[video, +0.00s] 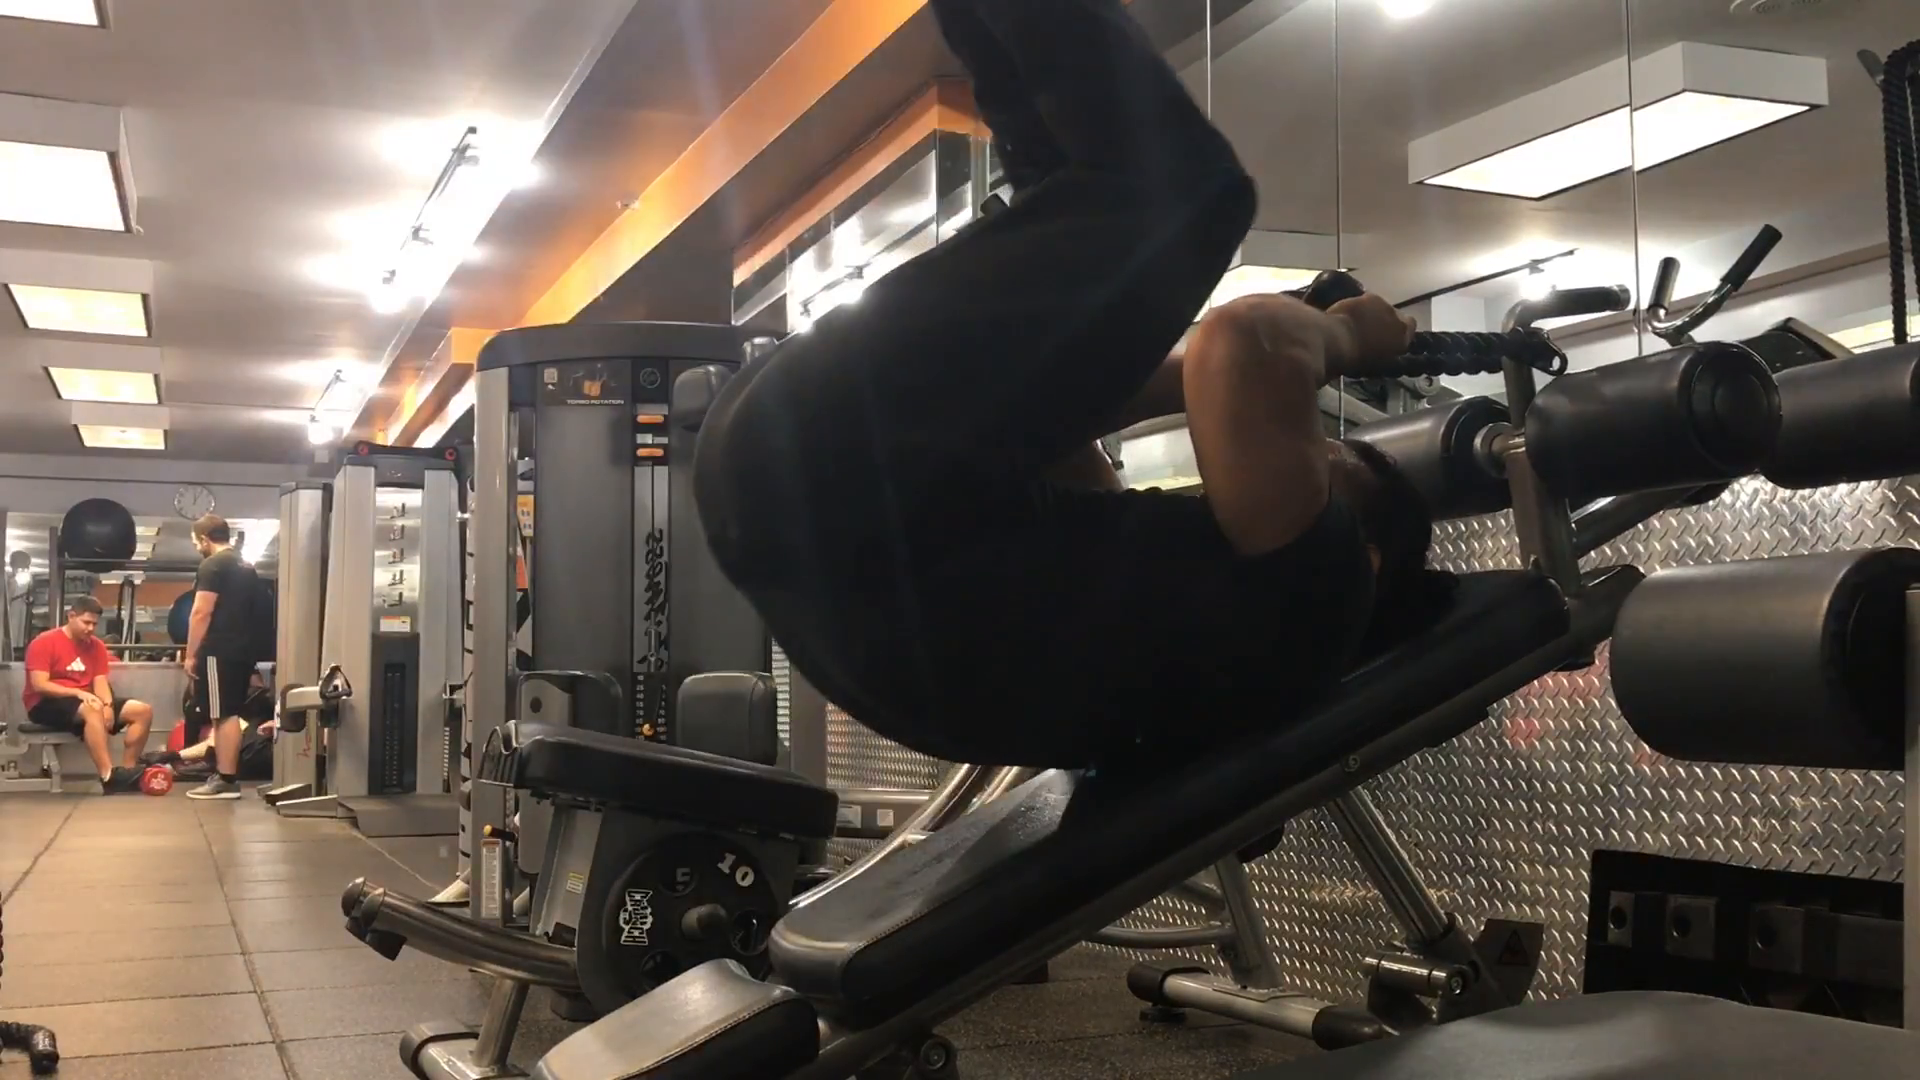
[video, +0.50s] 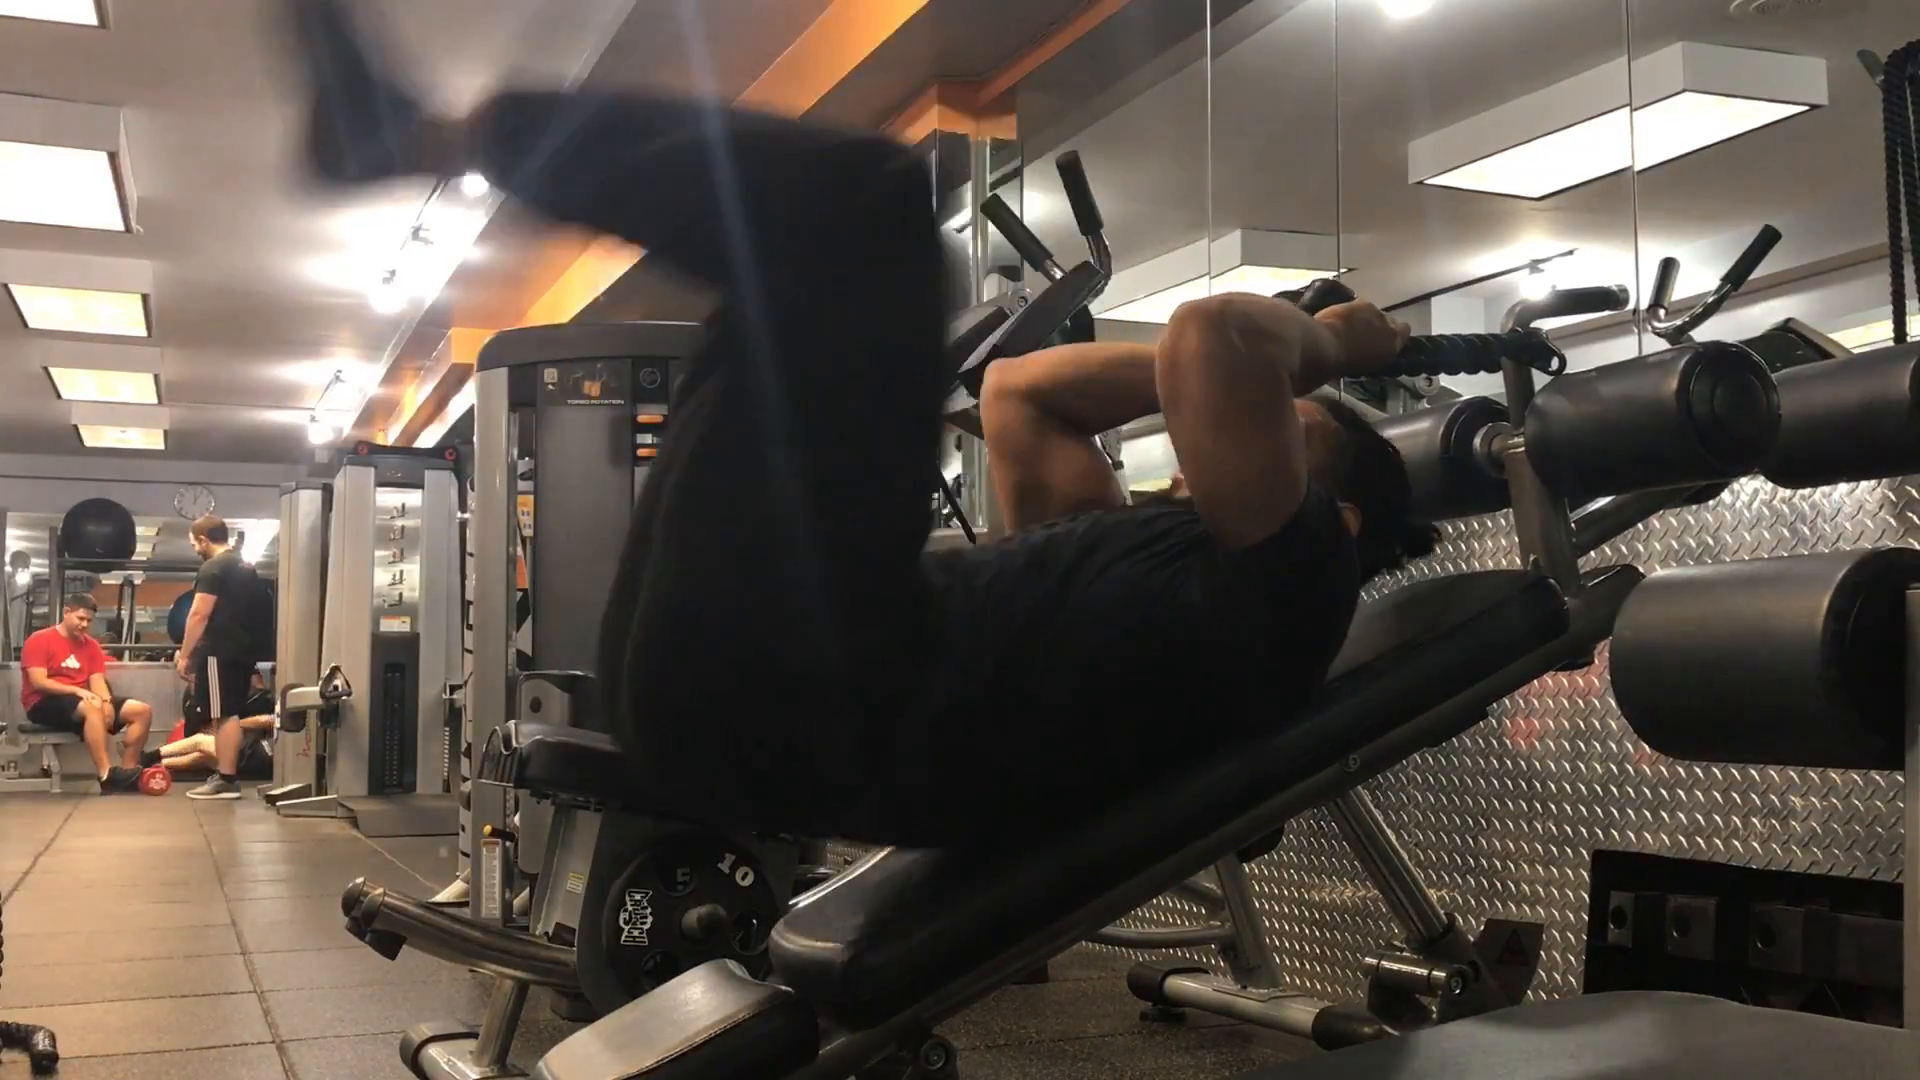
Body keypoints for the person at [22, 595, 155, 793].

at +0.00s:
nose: (90, 629)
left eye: (94, 624)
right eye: (86, 622)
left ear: (98, 623)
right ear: (71, 616)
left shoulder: (97, 646)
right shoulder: (44, 643)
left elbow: (100, 682)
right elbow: (39, 684)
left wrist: (107, 705)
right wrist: (79, 693)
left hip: (83, 702)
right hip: (46, 704)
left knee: (143, 711)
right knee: (92, 711)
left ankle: (129, 773)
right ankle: (108, 777)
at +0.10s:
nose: (90, 629)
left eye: (94, 624)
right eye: (86, 623)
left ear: (98, 623)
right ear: (71, 616)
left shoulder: (97, 646)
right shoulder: (44, 643)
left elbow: (100, 682)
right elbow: (40, 684)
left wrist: (107, 706)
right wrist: (79, 693)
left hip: (83, 702)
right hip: (46, 704)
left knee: (143, 711)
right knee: (93, 712)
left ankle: (129, 773)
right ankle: (108, 777)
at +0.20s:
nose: (90, 629)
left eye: (94, 624)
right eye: (86, 622)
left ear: (98, 623)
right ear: (71, 616)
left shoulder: (96, 646)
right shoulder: (44, 642)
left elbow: (101, 682)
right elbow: (40, 684)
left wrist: (108, 706)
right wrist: (80, 693)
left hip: (82, 702)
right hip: (46, 704)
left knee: (143, 711)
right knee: (93, 712)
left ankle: (130, 773)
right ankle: (108, 777)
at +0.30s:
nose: (89, 628)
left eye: (93, 623)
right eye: (85, 621)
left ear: (97, 623)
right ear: (70, 616)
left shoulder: (95, 646)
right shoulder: (43, 642)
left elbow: (100, 682)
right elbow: (39, 683)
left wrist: (108, 705)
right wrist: (80, 693)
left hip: (82, 702)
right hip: (46, 704)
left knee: (143, 711)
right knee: (94, 712)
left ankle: (129, 772)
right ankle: (108, 777)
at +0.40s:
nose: (87, 626)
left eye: (91, 622)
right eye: (83, 620)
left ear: (94, 622)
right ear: (68, 614)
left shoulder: (93, 646)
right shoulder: (41, 641)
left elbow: (99, 681)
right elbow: (39, 683)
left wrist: (107, 704)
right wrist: (79, 692)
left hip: (82, 701)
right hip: (45, 703)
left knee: (143, 711)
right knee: (94, 711)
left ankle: (129, 773)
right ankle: (107, 777)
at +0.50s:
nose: (84, 625)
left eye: (88, 620)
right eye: (80, 618)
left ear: (92, 621)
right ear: (66, 613)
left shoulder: (91, 645)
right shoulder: (39, 640)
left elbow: (97, 680)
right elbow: (38, 682)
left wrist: (106, 702)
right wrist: (78, 691)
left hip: (80, 701)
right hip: (44, 702)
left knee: (142, 711)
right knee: (93, 709)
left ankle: (129, 774)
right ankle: (106, 776)